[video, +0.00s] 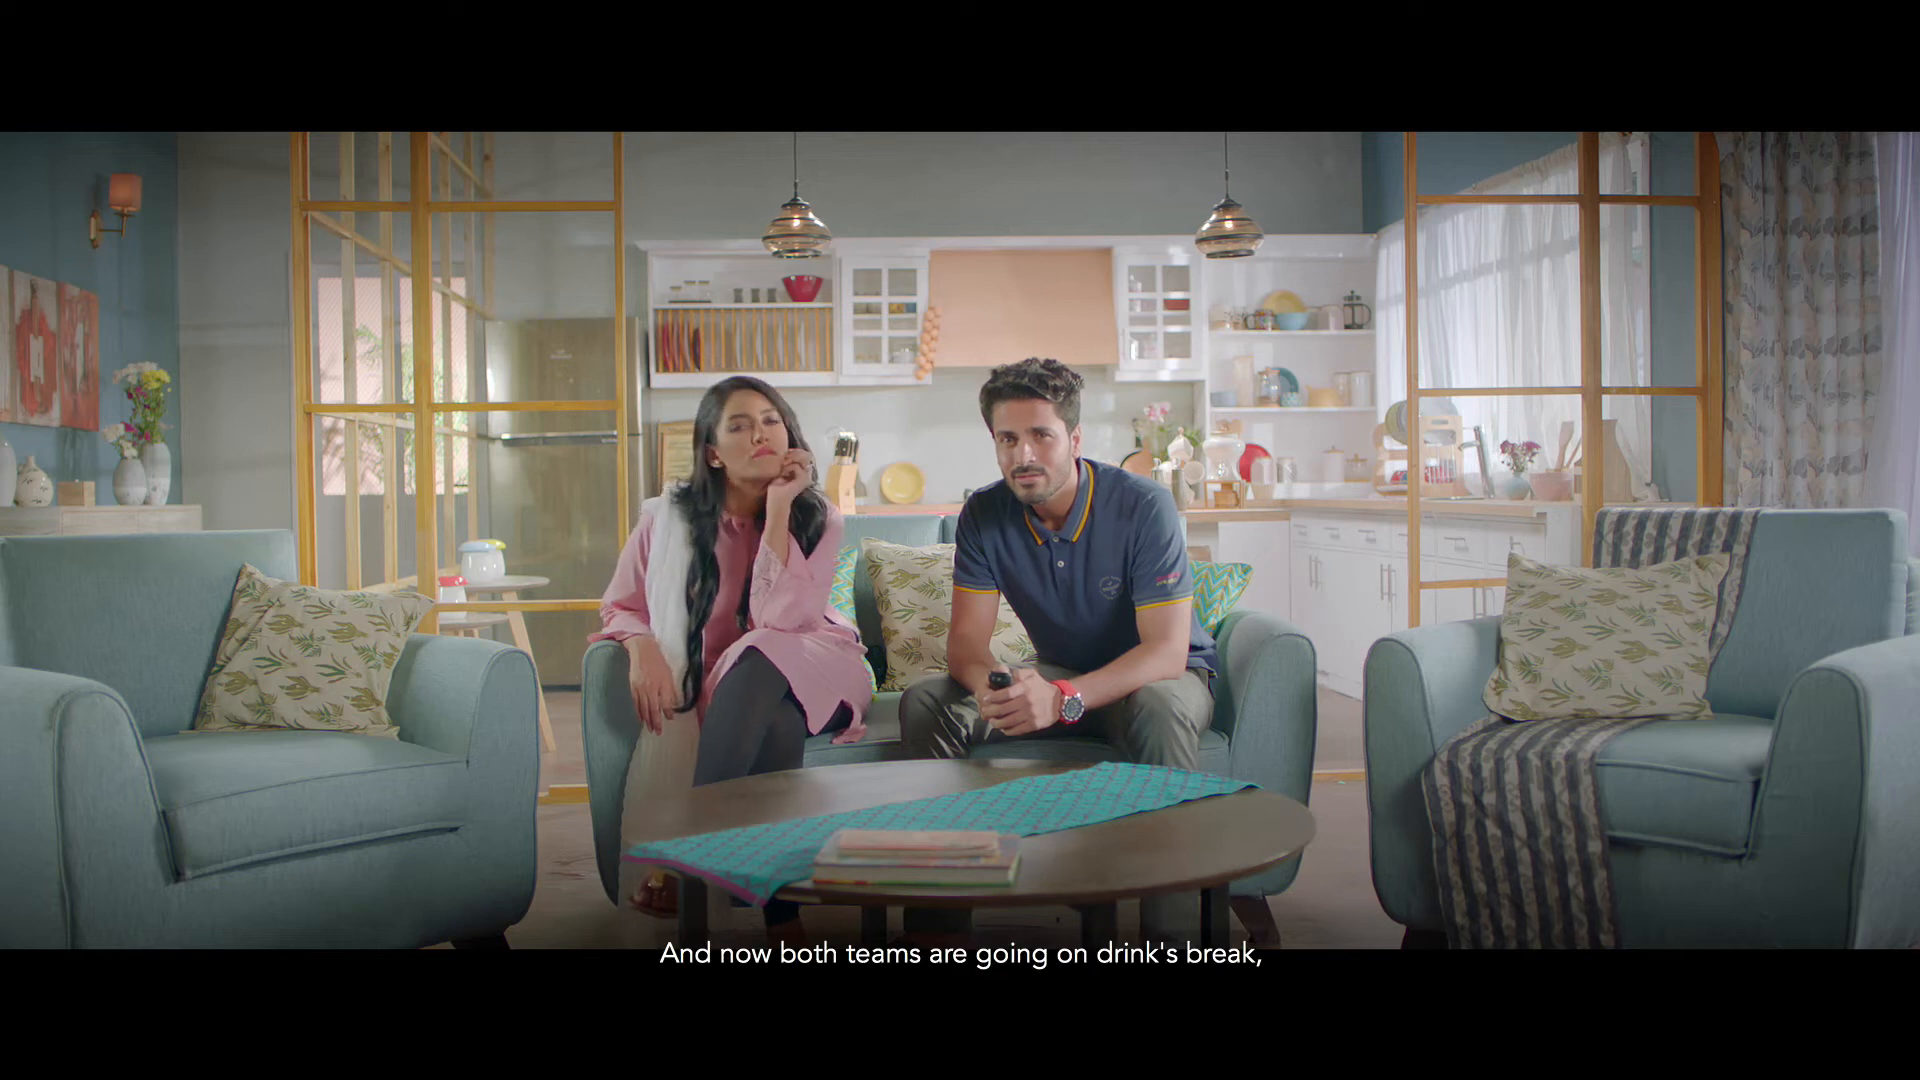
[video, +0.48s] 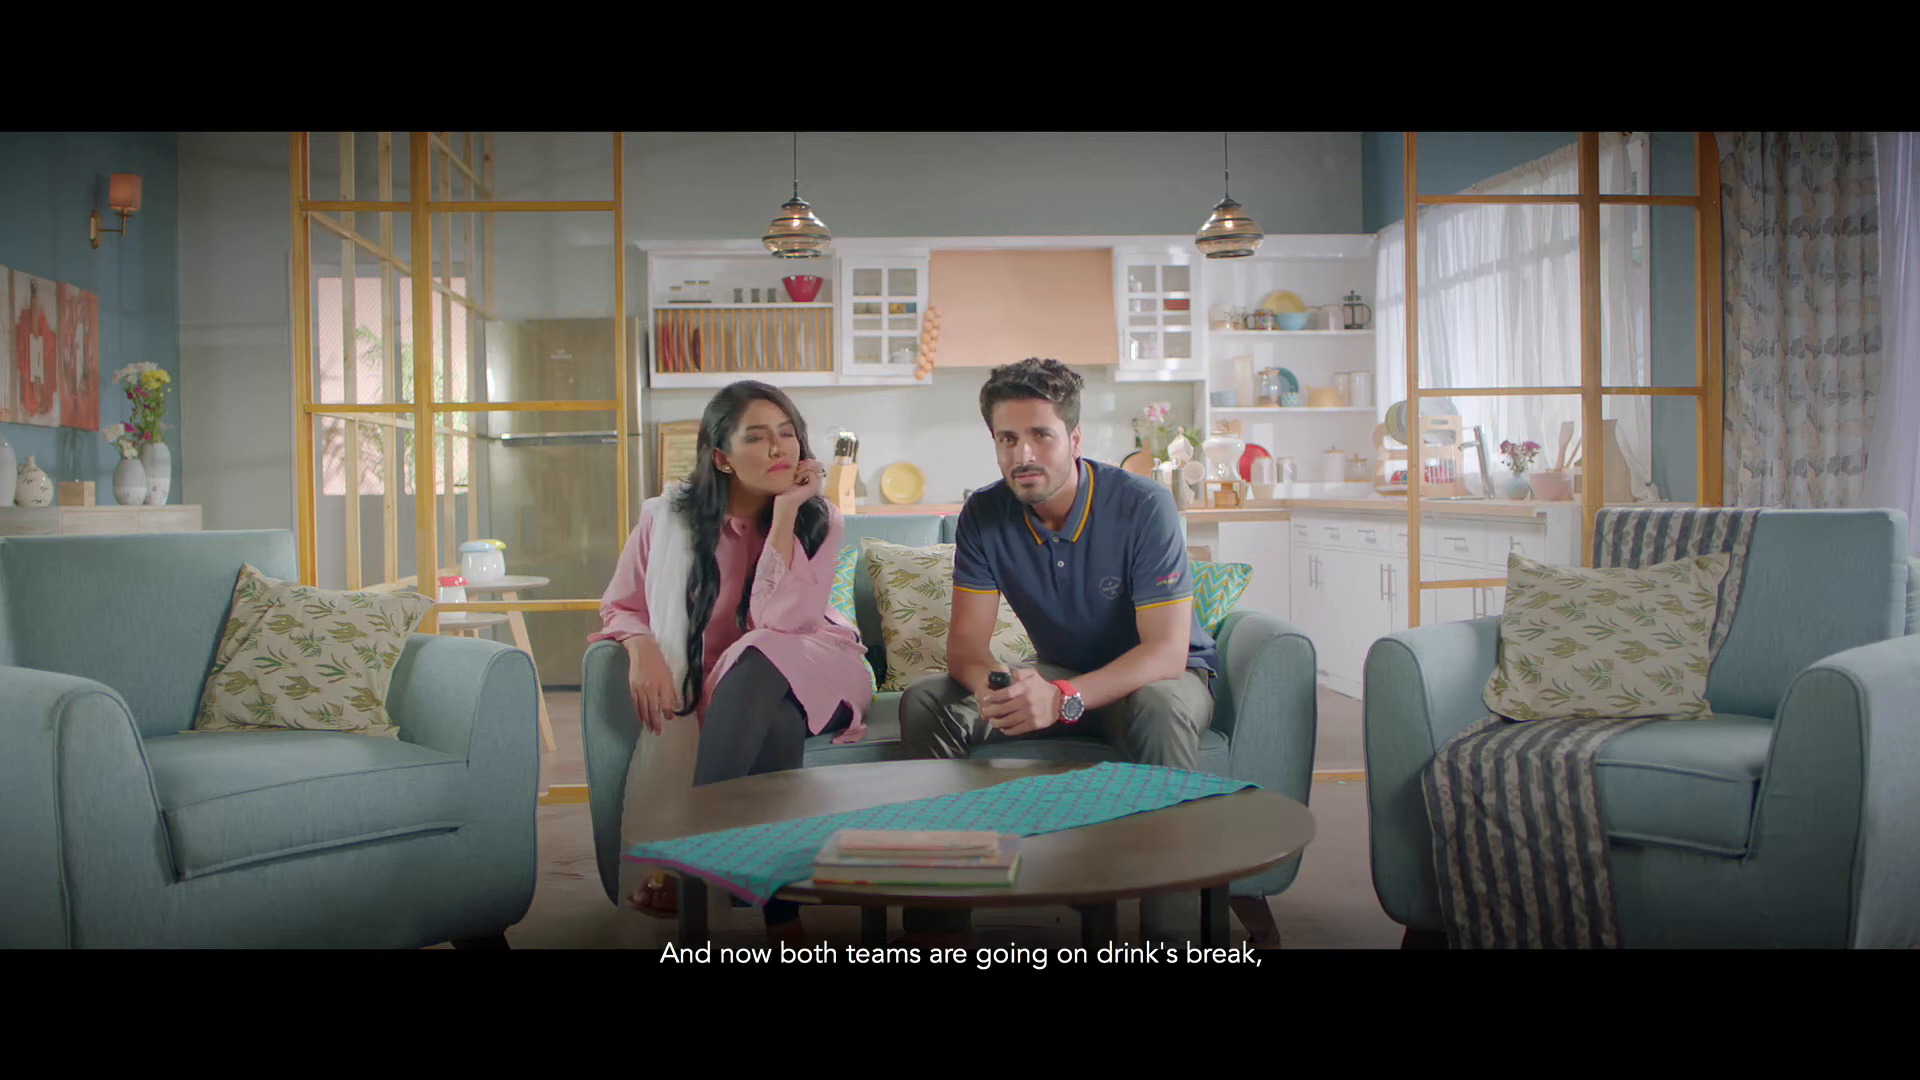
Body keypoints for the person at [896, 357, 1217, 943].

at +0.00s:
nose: (1023, 455)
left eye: (1040, 436)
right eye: (1008, 438)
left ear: (1075, 440)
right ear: (993, 443)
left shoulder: (1143, 507)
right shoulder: (985, 515)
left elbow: (1167, 654)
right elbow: (966, 647)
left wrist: (1064, 698)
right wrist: (996, 687)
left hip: (1156, 675)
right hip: (1060, 676)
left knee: (1157, 709)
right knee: (927, 702)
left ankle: (1172, 925)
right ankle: (941, 897)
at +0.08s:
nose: (1023, 454)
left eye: (1039, 435)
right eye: (1008, 438)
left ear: (1075, 440)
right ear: (993, 443)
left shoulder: (1142, 507)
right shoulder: (984, 515)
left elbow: (1167, 654)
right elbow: (966, 646)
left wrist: (1065, 698)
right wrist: (994, 686)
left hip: (1157, 676)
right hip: (1060, 677)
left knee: (1157, 709)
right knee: (926, 702)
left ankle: (1172, 923)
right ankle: (943, 898)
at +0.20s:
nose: (1023, 454)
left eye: (1039, 436)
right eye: (1008, 438)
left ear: (1075, 439)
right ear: (993, 442)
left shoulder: (1143, 507)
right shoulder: (985, 515)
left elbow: (1166, 654)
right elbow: (965, 647)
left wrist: (1064, 698)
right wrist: (995, 685)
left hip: (1156, 676)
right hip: (1059, 677)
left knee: (1157, 709)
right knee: (926, 703)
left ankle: (1172, 922)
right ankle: (942, 898)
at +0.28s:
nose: (1023, 454)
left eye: (1039, 436)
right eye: (1008, 438)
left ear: (1075, 439)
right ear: (993, 443)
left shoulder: (1143, 507)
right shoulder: (985, 515)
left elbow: (1167, 654)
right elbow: (966, 647)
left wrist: (1064, 698)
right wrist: (995, 687)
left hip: (1156, 675)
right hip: (1059, 676)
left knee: (1157, 709)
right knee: (927, 702)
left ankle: (1172, 926)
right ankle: (941, 898)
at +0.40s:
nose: (1023, 454)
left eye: (1040, 436)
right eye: (1008, 438)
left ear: (1075, 440)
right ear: (993, 443)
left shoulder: (1143, 507)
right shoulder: (985, 515)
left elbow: (1167, 654)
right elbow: (966, 647)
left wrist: (1064, 698)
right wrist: (995, 687)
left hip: (1157, 675)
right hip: (1059, 676)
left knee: (1157, 709)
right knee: (927, 702)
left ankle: (1172, 926)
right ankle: (941, 898)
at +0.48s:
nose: (1023, 454)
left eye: (1040, 435)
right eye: (1008, 438)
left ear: (1075, 440)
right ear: (993, 443)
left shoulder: (1143, 507)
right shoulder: (985, 515)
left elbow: (1167, 654)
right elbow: (966, 648)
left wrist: (1064, 698)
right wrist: (995, 687)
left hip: (1155, 676)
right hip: (1060, 676)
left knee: (1157, 710)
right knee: (927, 703)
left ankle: (1173, 927)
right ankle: (940, 899)